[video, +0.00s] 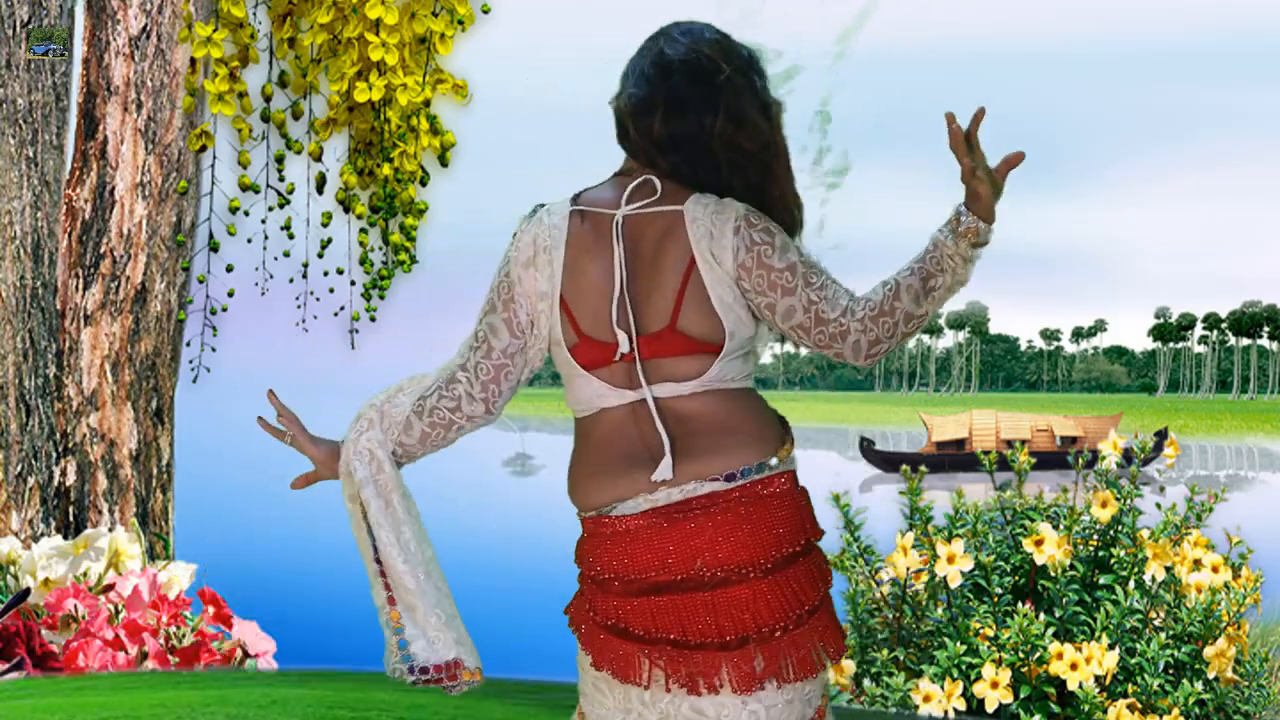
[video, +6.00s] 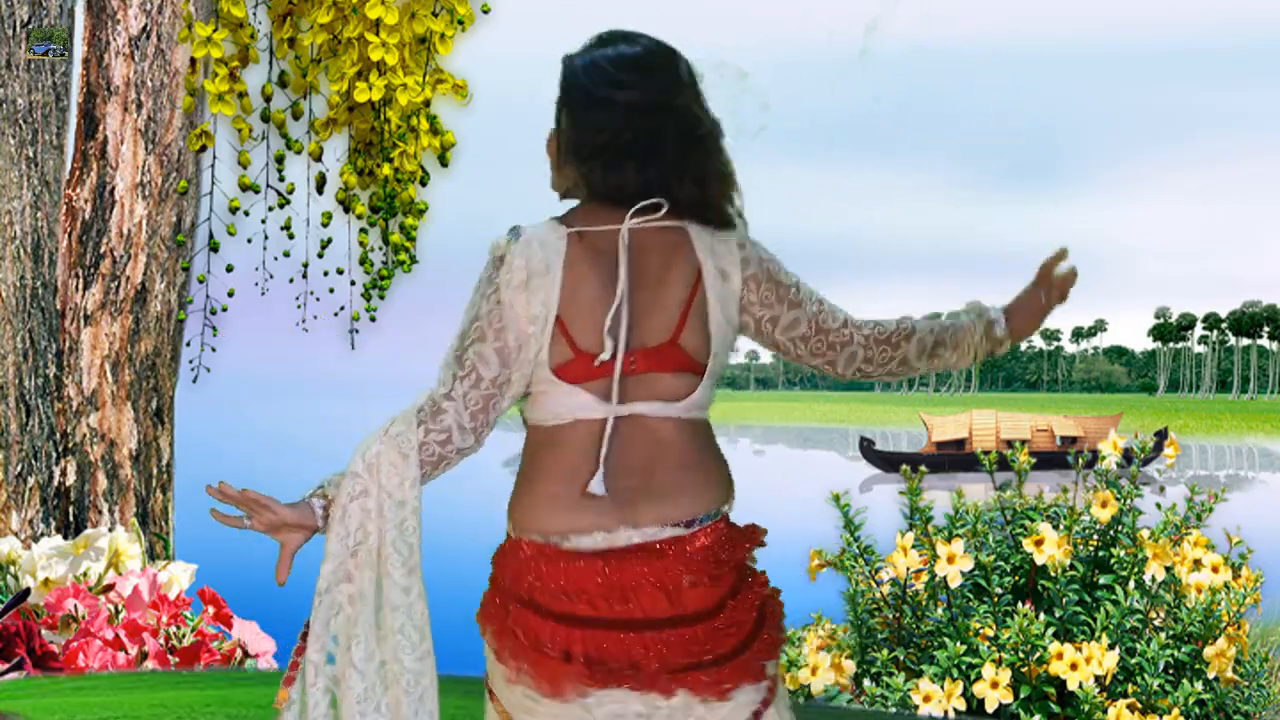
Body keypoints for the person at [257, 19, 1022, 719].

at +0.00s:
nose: (761, 130)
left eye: (754, 110)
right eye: (754, 111)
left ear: (629, 114)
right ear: (735, 119)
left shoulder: (545, 237)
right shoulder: (733, 228)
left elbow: (471, 391)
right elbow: (860, 333)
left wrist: (354, 449)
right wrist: (970, 225)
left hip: (614, 514)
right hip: (743, 499)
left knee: (628, 699)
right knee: (764, 698)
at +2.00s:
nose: (789, 132)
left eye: (782, 107)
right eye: (777, 110)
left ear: (651, 117)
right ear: (749, 126)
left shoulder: (565, 224)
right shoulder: (721, 247)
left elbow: (499, 363)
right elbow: (861, 357)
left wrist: (408, 463)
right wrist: (941, 228)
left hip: (589, 533)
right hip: (706, 521)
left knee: (643, 706)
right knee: (770, 703)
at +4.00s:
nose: (756, 138)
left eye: (747, 113)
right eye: (744, 117)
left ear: (615, 137)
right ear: (723, 136)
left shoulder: (552, 256)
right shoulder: (718, 249)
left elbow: (479, 390)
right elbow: (880, 272)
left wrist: (374, 464)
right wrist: (937, 126)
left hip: (530, 562)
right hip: (654, 587)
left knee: (551, 695)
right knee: (771, 704)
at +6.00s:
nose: (547, 140)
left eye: (556, 122)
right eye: (555, 119)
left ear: (576, 139)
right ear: (676, 136)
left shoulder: (527, 261)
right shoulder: (724, 257)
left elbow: (450, 424)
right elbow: (851, 350)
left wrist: (319, 507)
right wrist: (1000, 326)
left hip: (550, 548)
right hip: (692, 542)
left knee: (546, 711)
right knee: (722, 710)